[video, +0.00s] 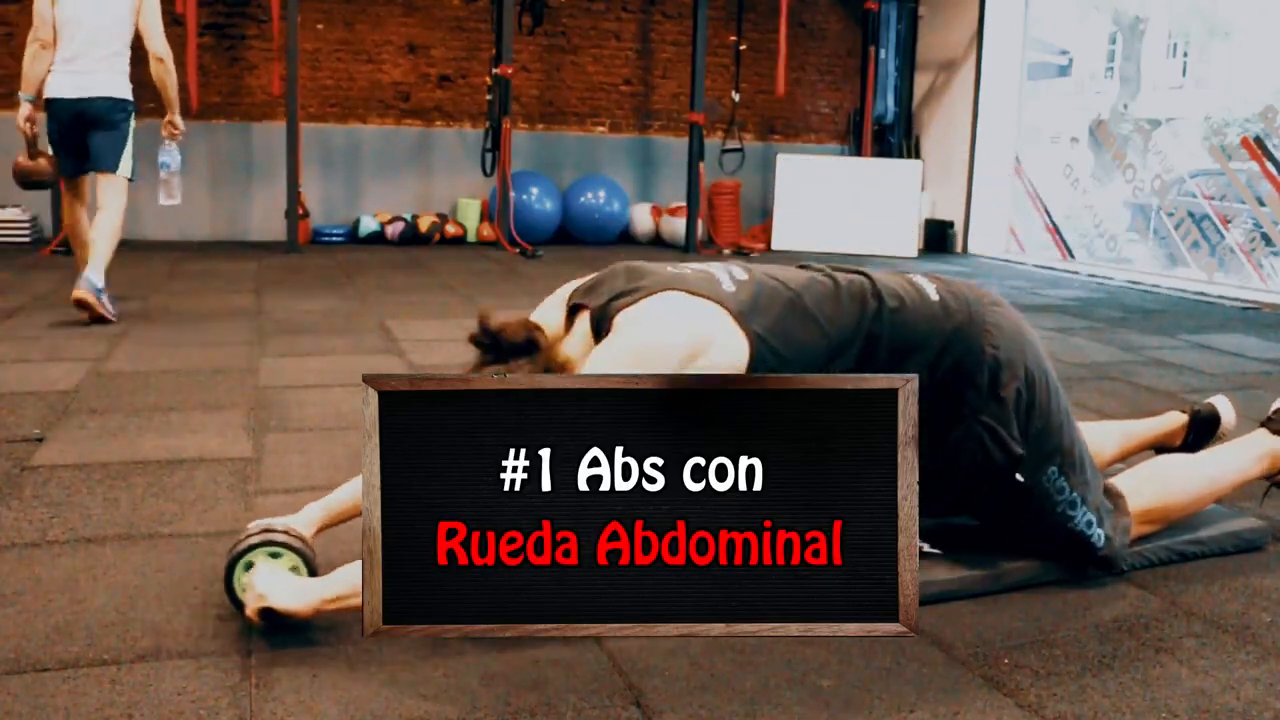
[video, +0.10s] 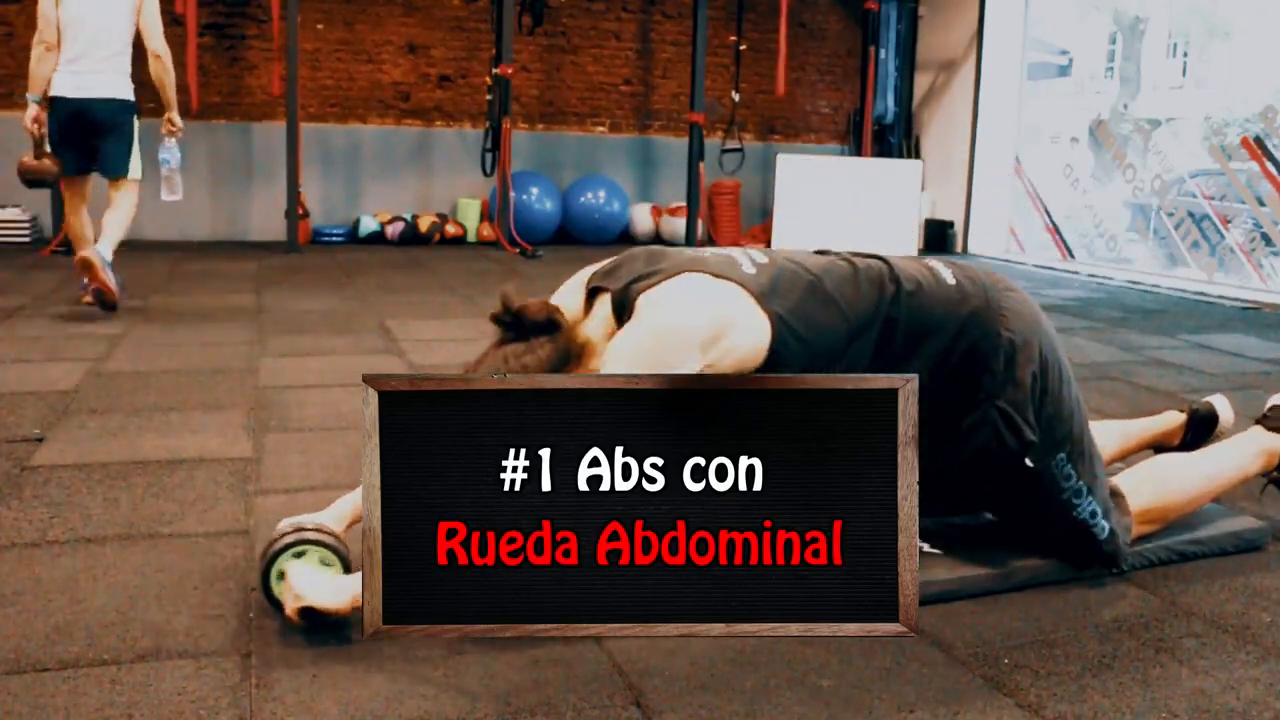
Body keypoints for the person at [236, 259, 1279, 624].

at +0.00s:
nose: (553, 405)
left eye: (545, 386)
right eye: (536, 375)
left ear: (552, 355)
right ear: (534, 345)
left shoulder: (671, 338)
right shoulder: (577, 323)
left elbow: (529, 487)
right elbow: (457, 428)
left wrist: (343, 594)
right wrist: (324, 510)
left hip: (964, 338)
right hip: (904, 343)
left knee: (1107, 541)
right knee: (1004, 512)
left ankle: (1264, 452)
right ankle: (1183, 422)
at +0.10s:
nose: (562, 400)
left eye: (551, 382)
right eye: (539, 380)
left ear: (564, 345)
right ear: (550, 330)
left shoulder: (667, 319)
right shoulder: (591, 306)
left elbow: (544, 458)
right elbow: (482, 422)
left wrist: (377, 555)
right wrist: (344, 514)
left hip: (978, 331)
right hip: (925, 331)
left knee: (1100, 537)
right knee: (978, 519)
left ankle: (1259, 450)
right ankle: (1174, 428)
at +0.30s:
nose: (633, 376)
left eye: (615, 372)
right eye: (615, 376)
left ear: (626, 346)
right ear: (615, 322)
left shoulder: (718, 286)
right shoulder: (644, 256)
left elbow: (664, 391)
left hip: (1004, 302)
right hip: (945, 300)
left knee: (1104, 523)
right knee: (983, 496)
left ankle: (1263, 439)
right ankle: (1179, 420)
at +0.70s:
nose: (718, 358)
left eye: (708, 341)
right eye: (695, 351)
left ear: (732, 281)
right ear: (717, 276)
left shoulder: (844, 225)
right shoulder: (737, 228)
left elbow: (775, 411)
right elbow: (656, 372)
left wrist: (695, 502)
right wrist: (616, 467)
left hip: (1081, 295)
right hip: (984, 326)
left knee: (1101, 526)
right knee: (990, 477)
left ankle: (1268, 449)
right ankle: (1169, 418)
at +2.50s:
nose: (629, 296)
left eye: (625, 268)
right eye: (610, 292)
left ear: (658, 216)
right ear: (609, 285)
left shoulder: (764, 242)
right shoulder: (672, 263)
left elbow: (677, 443)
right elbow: (585, 383)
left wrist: (534, 553)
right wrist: (493, 491)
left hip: (1035, 313)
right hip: (953, 346)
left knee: (1102, 524)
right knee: (997, 485)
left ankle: (1270, 460)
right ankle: (1176, 417)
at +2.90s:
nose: (513, 365)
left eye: (504, 337)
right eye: (490, 365)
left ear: (537, 284)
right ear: (491, 355)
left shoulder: (647, 309)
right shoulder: (571, 316)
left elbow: (538, 508)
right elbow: (464, 427)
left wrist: (363, 582)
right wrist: (343, 514)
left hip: (954, 359)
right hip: (887, 397)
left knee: (1102, 534)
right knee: (1041, 493)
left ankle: (1261, 458)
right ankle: (1208, 422)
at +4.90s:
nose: (663, 385)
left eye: (645, 374)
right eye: (637, 382)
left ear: (658, 314)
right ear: (639, 305)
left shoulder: (762, 256)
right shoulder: (658, 252)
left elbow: (677, 448)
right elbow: (575, 377)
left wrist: (532, 554)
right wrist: (489, 486)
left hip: (1035, 301)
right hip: (950, 333)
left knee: (1099, 525)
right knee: (987, 485)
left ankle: (1265, 456)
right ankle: (1169, 416)